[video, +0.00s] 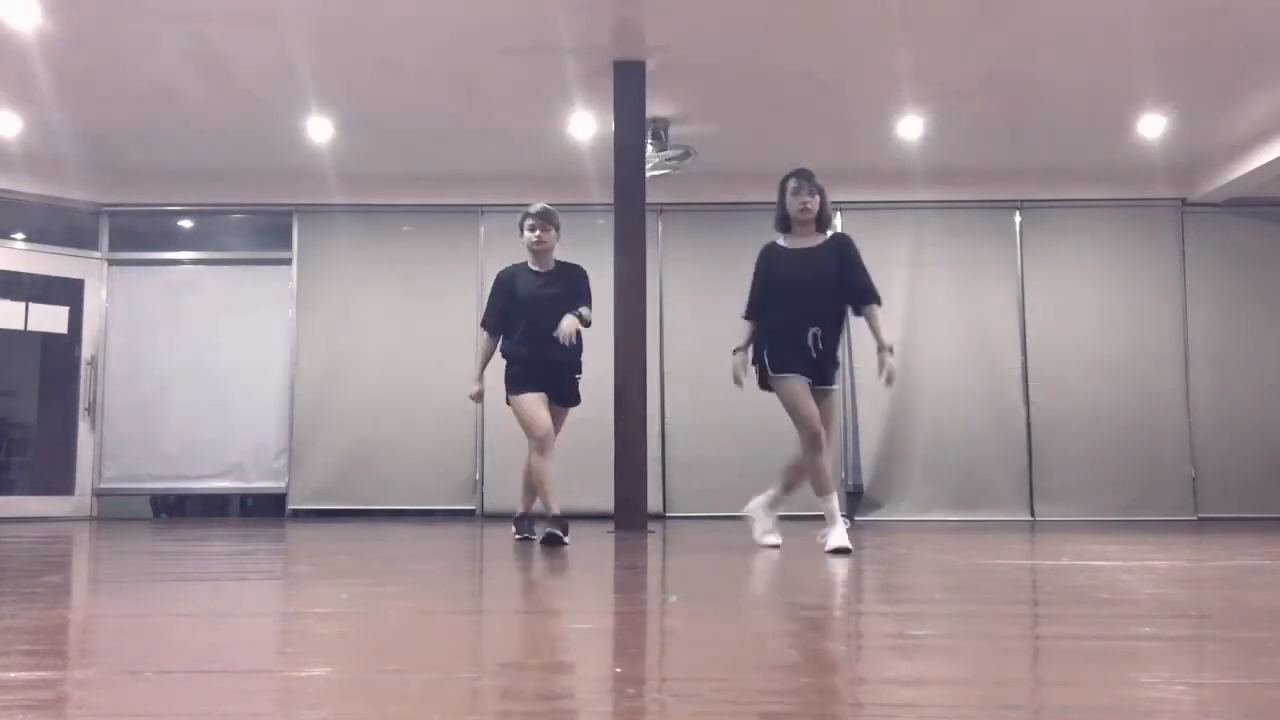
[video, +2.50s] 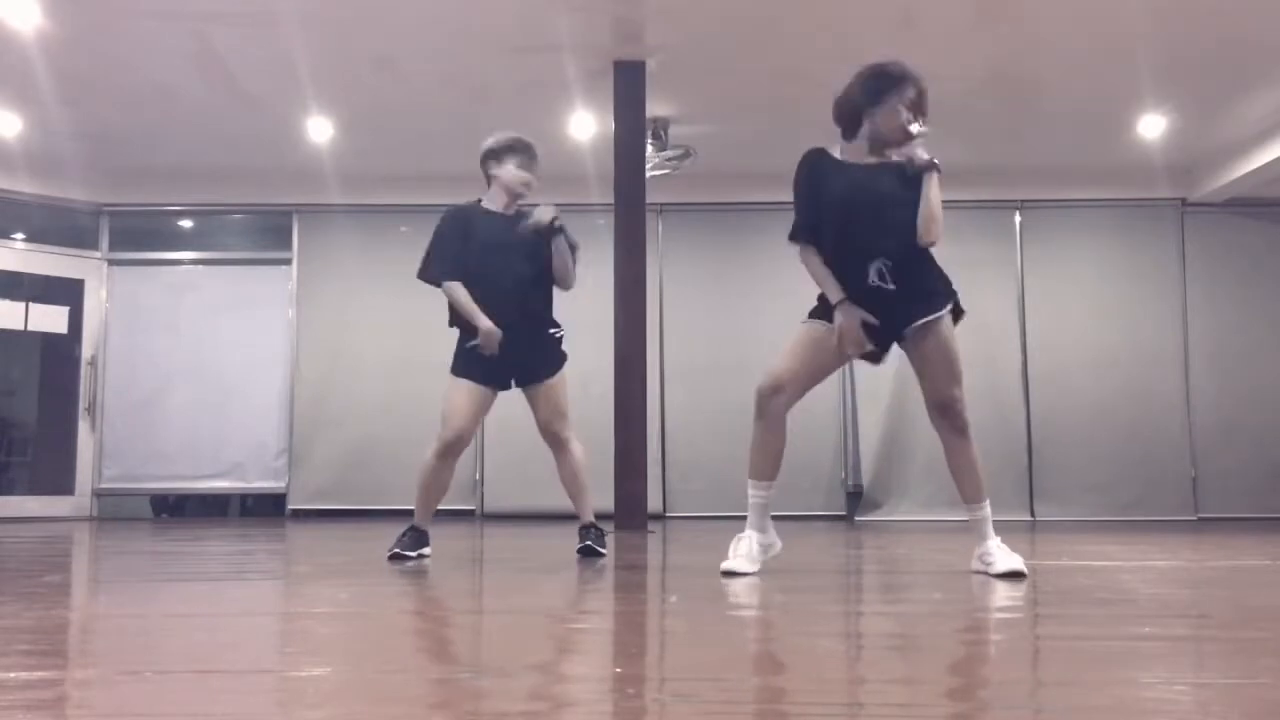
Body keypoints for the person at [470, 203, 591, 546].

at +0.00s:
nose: (539, 234)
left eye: (546, 228)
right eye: (532, 228)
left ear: (557, 234)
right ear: (522, 235)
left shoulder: (574, 274)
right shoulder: (509, 278)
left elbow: (585, 313)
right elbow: (491, 331)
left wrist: (573, 318)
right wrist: (478, 377)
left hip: (563, 373)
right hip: (521, 371)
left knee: (542, 447)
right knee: (542, 435)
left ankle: (524, 516)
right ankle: (554, 519)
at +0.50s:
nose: (551, 210)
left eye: (559, 204)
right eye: (543, 205)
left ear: (571, 211)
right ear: (533, 212)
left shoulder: (585, 260)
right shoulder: (514, 249)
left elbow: (599, 312)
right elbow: (496, 303)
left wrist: (611, 328)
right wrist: (511, 353)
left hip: (573, 356)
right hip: (527, 358)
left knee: (560, 431)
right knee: (527, 455)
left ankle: (567, 524)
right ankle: (559, 496)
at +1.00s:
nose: (533, 185)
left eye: (539, 176)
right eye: (524, 181)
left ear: (554, 181)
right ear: (514, 190)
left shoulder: (579, 234)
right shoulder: (501, 230)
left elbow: (589, 295)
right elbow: (488, 278)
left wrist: (590, 338)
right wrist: (529, 238)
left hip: (565, 341)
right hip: (514, 341)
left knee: (558, 423)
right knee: (524, 446)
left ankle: (552, 525)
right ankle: (524, 524)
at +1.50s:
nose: (528, 146)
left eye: (537, 140)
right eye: (520, 139)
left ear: (549, 152)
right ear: (506, 147)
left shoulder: (562, 209)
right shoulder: (481, 196)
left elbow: (576, 266)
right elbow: (458, 252)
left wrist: (561, 291)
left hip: (543, 320)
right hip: (491, 318)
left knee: (556, 420)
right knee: (458, 414)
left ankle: (582, 519)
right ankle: (423, 507)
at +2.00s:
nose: (500, 169)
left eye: (510, 163)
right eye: (492, 162)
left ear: (524, 175)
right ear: (480, 173)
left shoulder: (537, 232)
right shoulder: (456, 214)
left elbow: (558, 292)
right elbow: (432, 274)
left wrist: (531, 287)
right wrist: (461, 313)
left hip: (535, 343)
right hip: (482, 343)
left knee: (562, 435)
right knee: (456, 440)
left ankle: (588, 527)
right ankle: (418, 530)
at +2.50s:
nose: (527, 175)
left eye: (530, 169)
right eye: (518, 166)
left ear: (533, 176)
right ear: (491, 169)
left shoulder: (542, 225)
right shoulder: (460, 219)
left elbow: (566, 281)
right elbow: (448, 280)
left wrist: (553, 232)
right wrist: (483, 323)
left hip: (536, 344)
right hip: (479, 344)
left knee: (558, 432)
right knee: (451, 438)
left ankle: (589, 526)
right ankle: (418, 530)